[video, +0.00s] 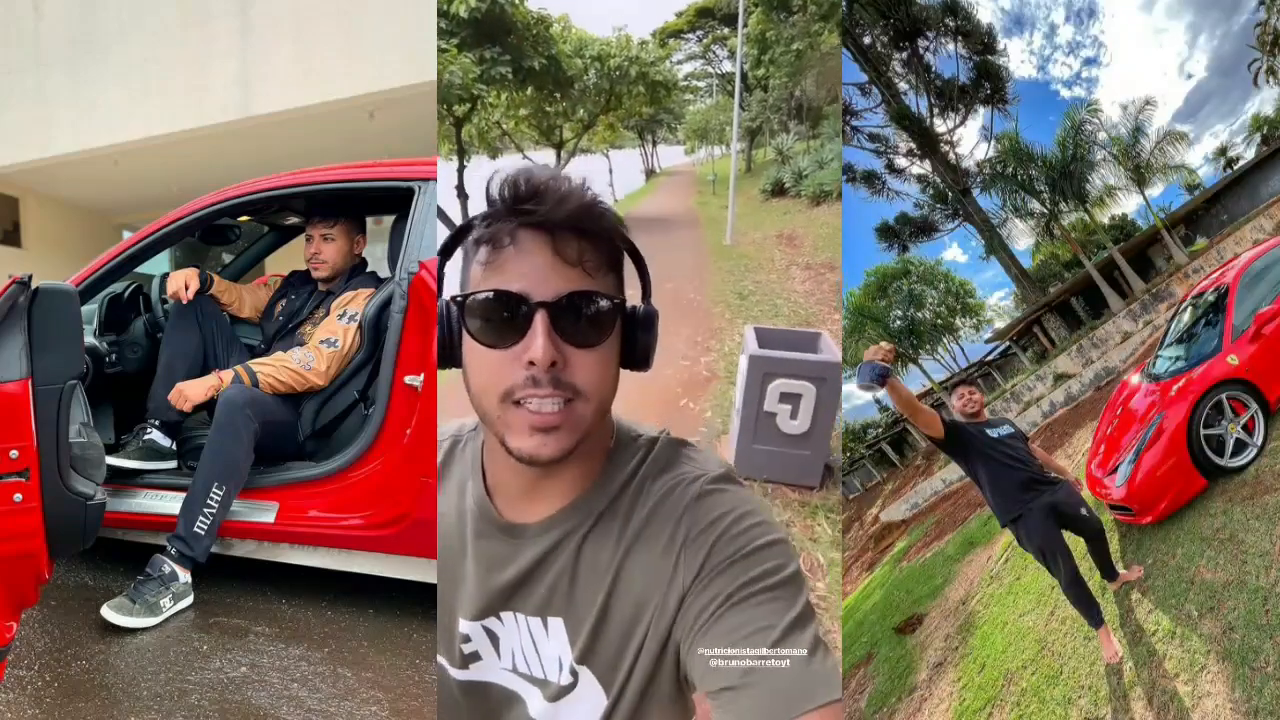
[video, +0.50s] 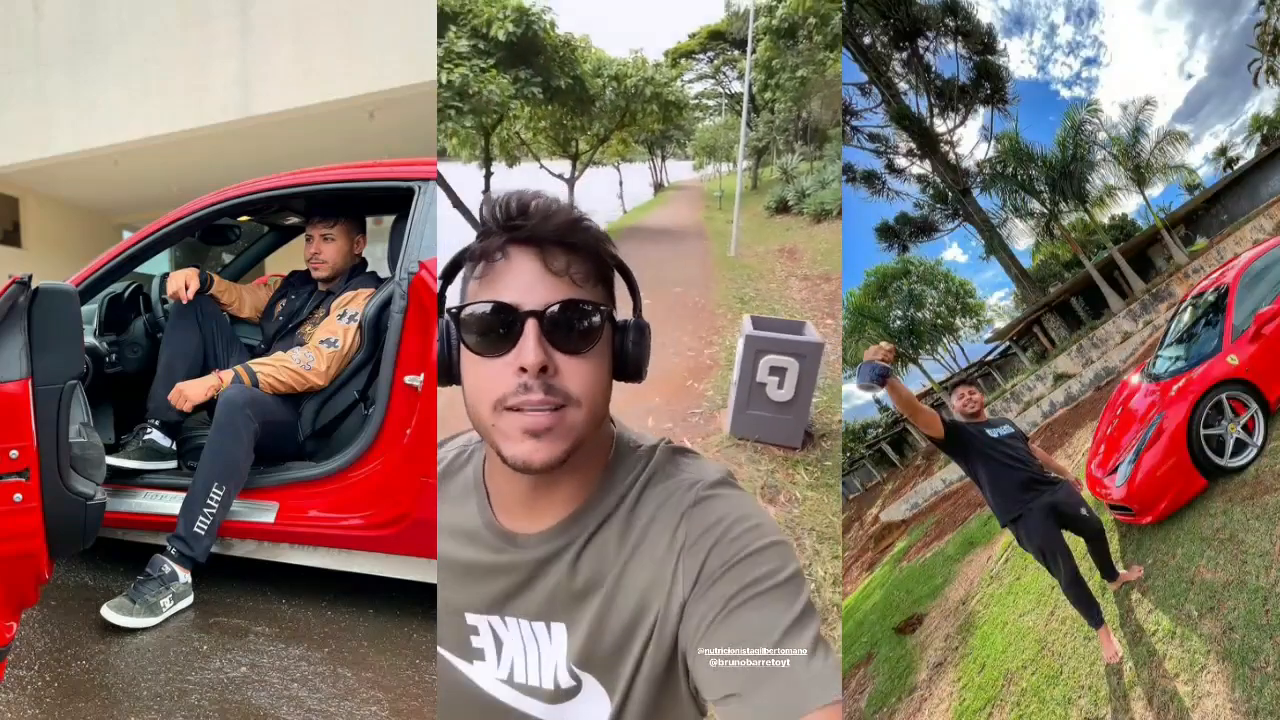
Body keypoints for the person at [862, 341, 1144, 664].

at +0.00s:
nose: (966, 397)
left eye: (971, 392)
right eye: (959, 397)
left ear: (983, 398)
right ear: (953, 410)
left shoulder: (1003, 424)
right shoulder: (956, 436)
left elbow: (1037, 454)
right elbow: (917, 413)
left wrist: (1067, 475)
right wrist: (886, 375)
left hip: (1051, 489)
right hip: (1022, 511)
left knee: (1093, 528)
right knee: (1065, 570)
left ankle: (1114, 575)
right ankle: (1101, 628)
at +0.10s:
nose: (966, 397)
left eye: (971, 392)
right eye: (959, 397)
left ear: (983, 398)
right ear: (953, 410)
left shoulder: (1003, 424)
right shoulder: (956, 436)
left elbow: (1037, 454)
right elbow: (917, 412)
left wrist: (1067, 475)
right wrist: (886, 374)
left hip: (1051, 489)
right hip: (1022, 511)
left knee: (1093, 528)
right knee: (1065, 570)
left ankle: (1114, 575)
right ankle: (1101, 628)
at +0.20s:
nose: (966, 397)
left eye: (971, 392)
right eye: (959, 397)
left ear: (983, 398)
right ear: (953, 410)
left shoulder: (1003, 424)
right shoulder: (956, 436)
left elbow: (1037, 454)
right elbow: (917, 412)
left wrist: (1067, 475)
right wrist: (885, 374)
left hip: (1051, 489)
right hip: (1022, 511)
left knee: (1094, 528)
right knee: (1065, 570)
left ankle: (1114, 575)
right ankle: (1101, 628)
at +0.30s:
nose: (966, 397)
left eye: (971, 392)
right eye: (959, 397)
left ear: (983, 398)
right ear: (953, 410)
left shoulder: (1003, 424)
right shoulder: (956, 436)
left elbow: (1037, 454)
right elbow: (917, 412)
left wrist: (1067, 475)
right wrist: (885, 374)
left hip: (1051, 489)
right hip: (1022, 511)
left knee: (1093, 528)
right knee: (1065, 570)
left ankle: (1114, 575)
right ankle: (1101, 628)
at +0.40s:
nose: (966, 397)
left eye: (971, 392)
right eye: (959, 397)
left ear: (983, 398)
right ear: (953, 410)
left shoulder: (1003, 424)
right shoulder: (956, 436)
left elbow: (1037, 454)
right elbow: (917, 412)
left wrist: (1067, 475)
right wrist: (885, 374)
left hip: (1051, 489)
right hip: (1022, 511)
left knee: (1093, 528)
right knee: (1065, 570)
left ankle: (1114, 575)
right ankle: (1101, 628)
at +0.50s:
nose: (966, 397)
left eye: (971, 392)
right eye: (959, 397)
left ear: (983, 398)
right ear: (953, 410)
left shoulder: (1003, 424)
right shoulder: (956, 436)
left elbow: (1037, 454)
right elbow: (917, 412)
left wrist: (1067, 475)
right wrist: (885, 374)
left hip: (1051, 489)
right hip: (1022, 511)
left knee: (1093, 528)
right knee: (1065, 570)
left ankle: (1114, 575)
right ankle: (1101, 628)